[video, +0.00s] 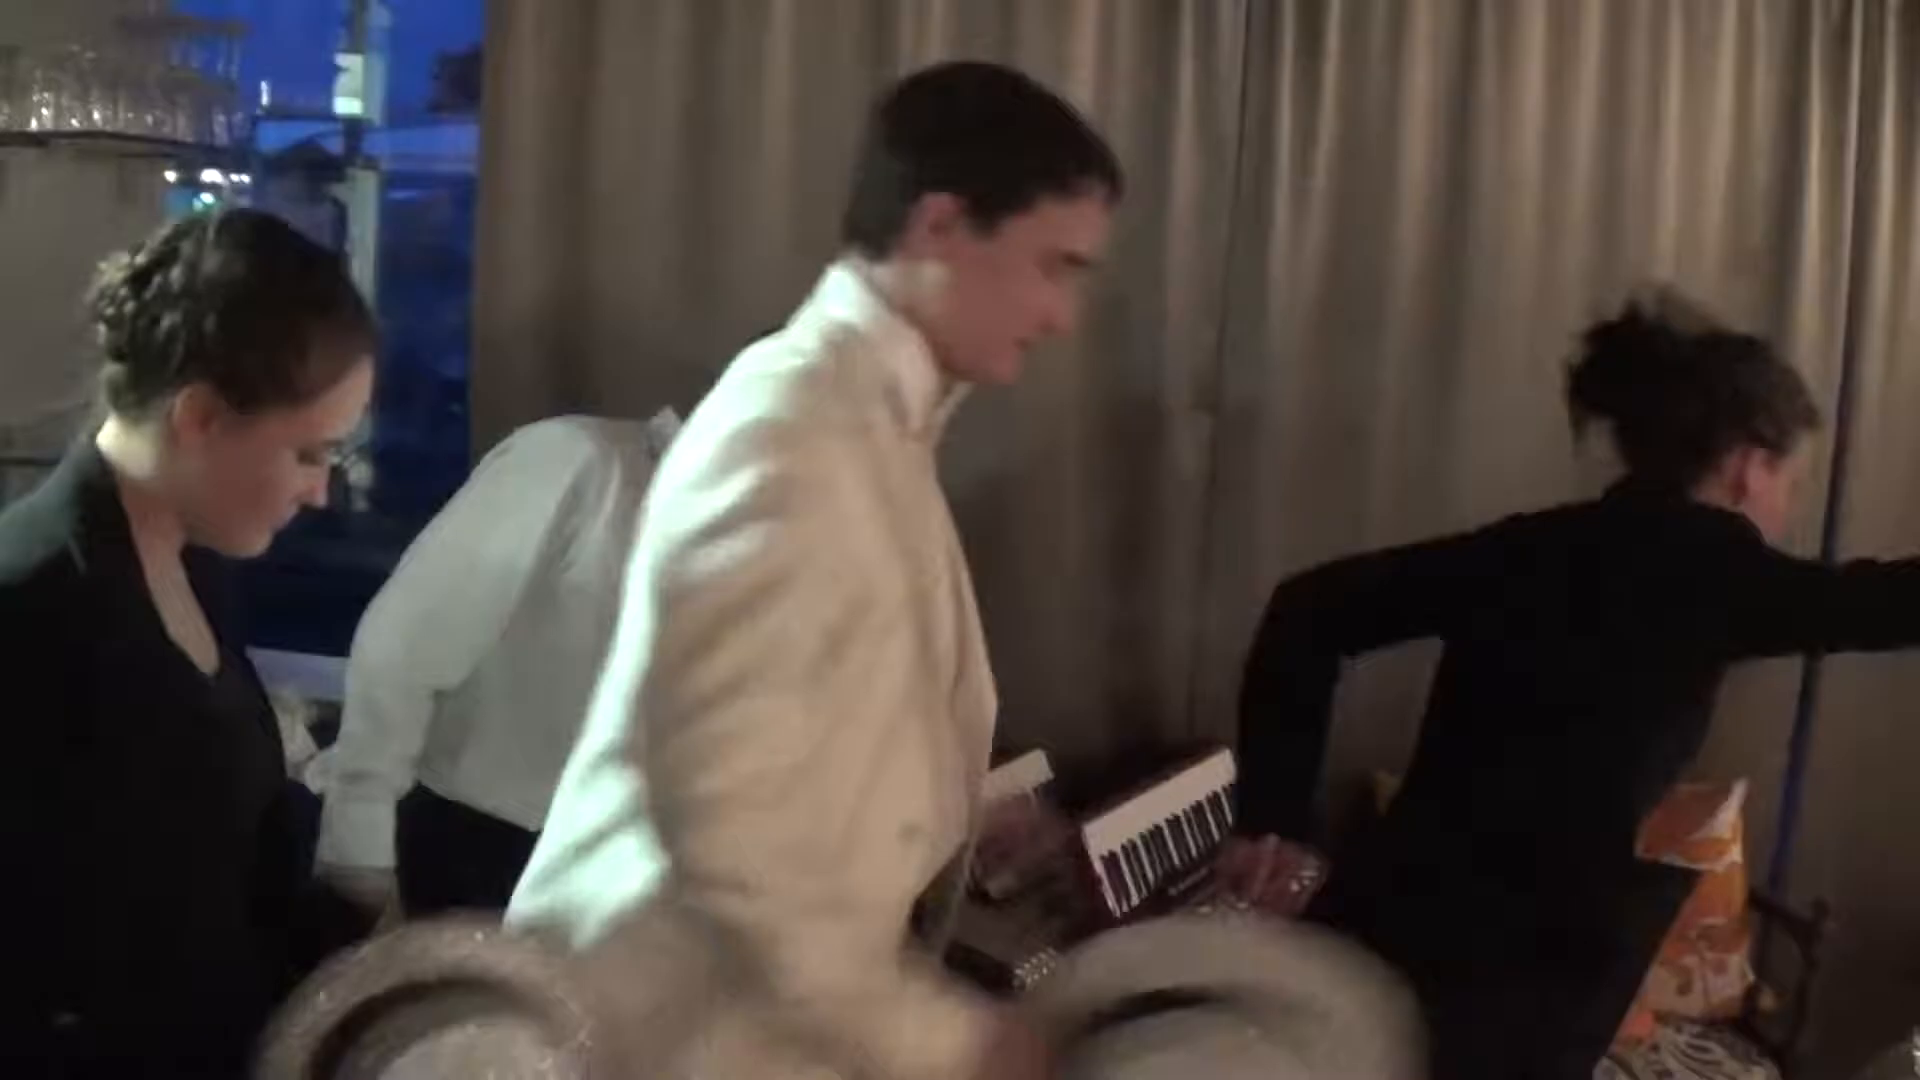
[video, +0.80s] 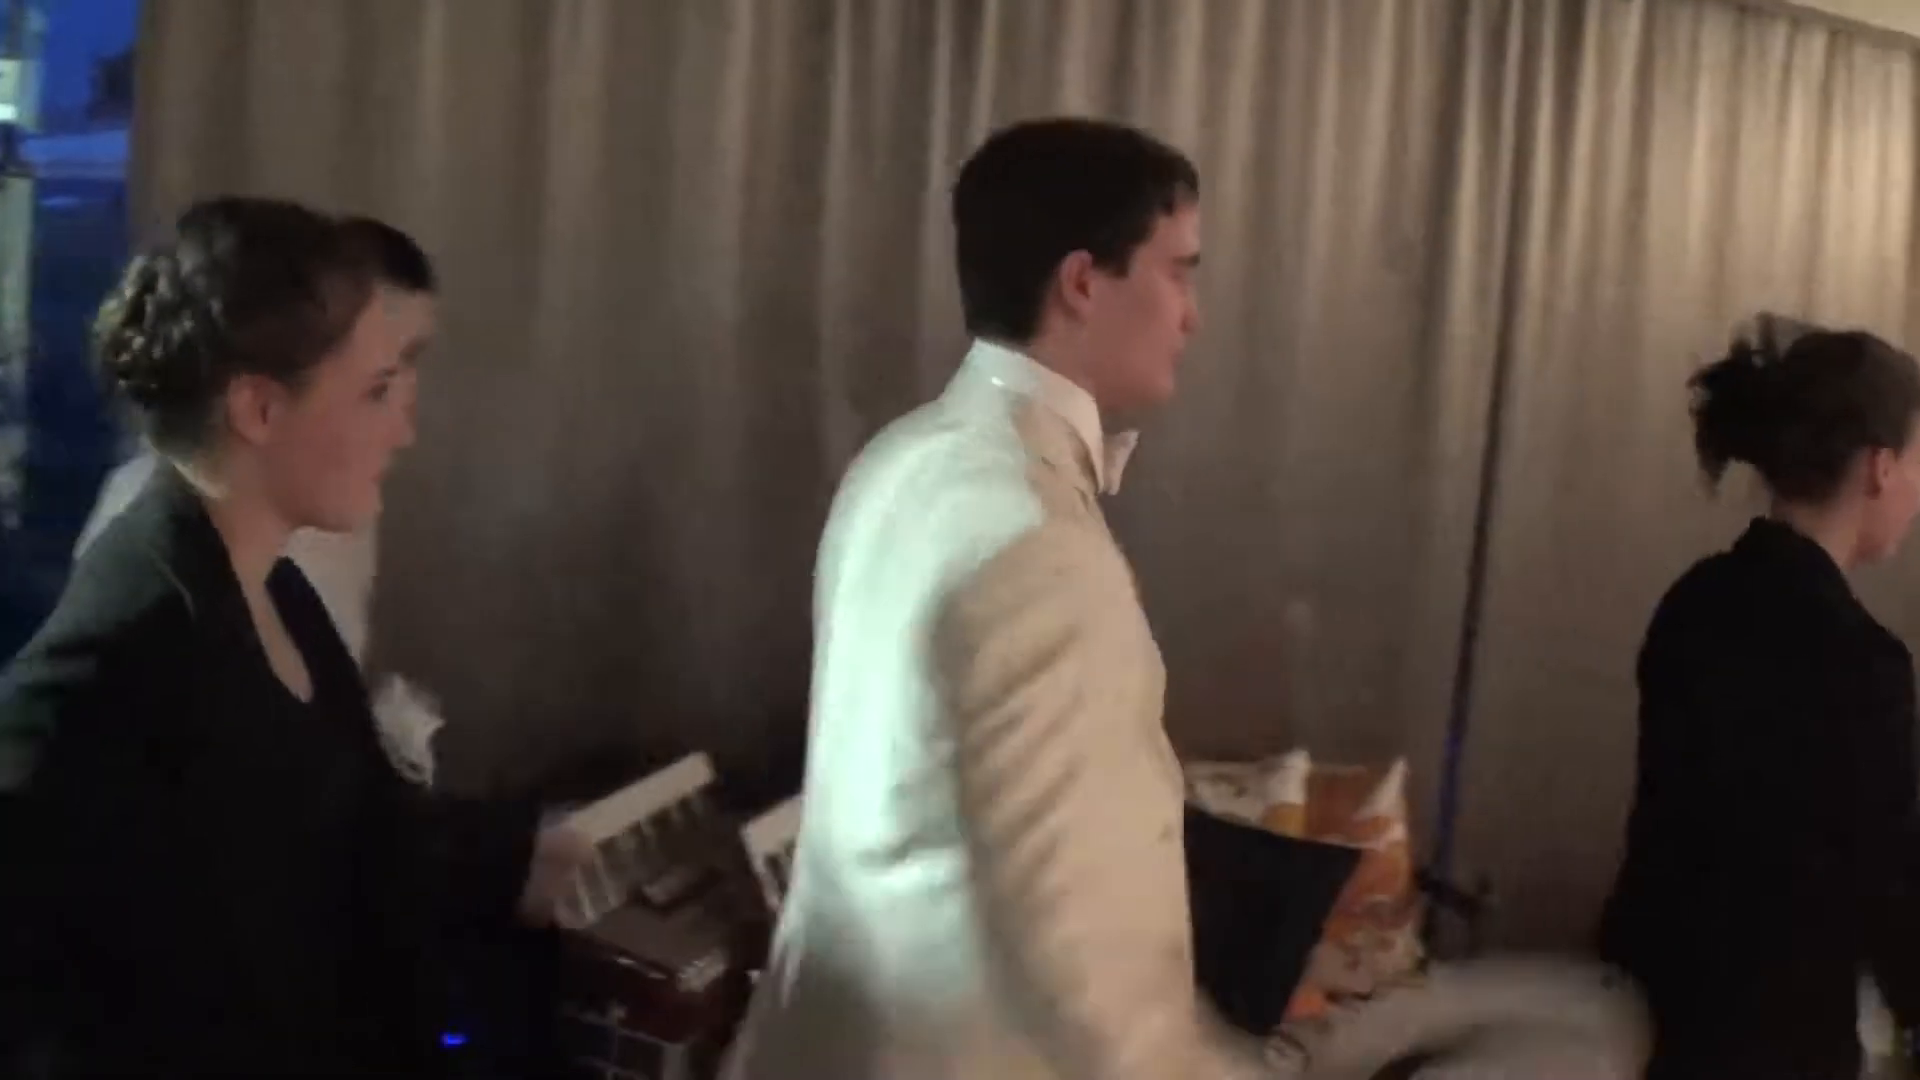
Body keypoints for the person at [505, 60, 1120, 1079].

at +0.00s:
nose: (1066, 317)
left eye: (1077, 276)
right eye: (1059, 267)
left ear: (936, 232)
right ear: (939, 227)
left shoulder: (869, 413)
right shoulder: (797, 421)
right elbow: (738, 808)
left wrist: (967, 829)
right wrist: (948, 1041)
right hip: (660, 1020)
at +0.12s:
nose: (1136, 362)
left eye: (1158, 326)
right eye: (1141, 313)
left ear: (1046, 257)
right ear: (1049, 256)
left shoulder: (833, 379)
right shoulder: (919, 454)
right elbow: (1028, 810)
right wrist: (1348, 973)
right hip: (730, 1025)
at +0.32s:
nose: (1221, 431)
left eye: (1240, 395)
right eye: (1225, 384)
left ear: (1129, 330)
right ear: (1137, 330)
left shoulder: (892, 431)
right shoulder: (1022, 526)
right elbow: (1023, 877)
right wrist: (1269, 1067)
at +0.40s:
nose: (1232, 431)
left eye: (1250, 396)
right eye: (1237, 385)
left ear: (1136, 337)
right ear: (1149, 338)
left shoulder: (909, 428)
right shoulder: (1011, 546)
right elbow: (949, 917)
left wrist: (1035, 830)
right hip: (755, 1024)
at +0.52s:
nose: (1235, 367)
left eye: (1245, 332)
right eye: (1230, 325)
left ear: (1123, 306)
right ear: (1130, 308)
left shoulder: (926, 425)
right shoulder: (1003, 535)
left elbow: (1036, 633)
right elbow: (826, 867)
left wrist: (1227, 658)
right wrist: (808, 1068)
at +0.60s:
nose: (1215, 332)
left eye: (1217, 293)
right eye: (1202, 289)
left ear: (1093, 292)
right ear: (1097, 290)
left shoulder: (933, 428)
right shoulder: (997, 519)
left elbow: (1051, 626)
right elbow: (795, 828)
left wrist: (1260, 625)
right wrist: (770, 1064)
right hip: (853, 1049)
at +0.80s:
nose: (1194, 313)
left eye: (1191, 275)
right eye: (1177, 272)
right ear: (1080, 285)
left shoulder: (899, 463)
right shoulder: (1031, 536)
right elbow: (1090, 921)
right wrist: (1200, 1058)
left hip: (842, 1029)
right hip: (979, 1050)